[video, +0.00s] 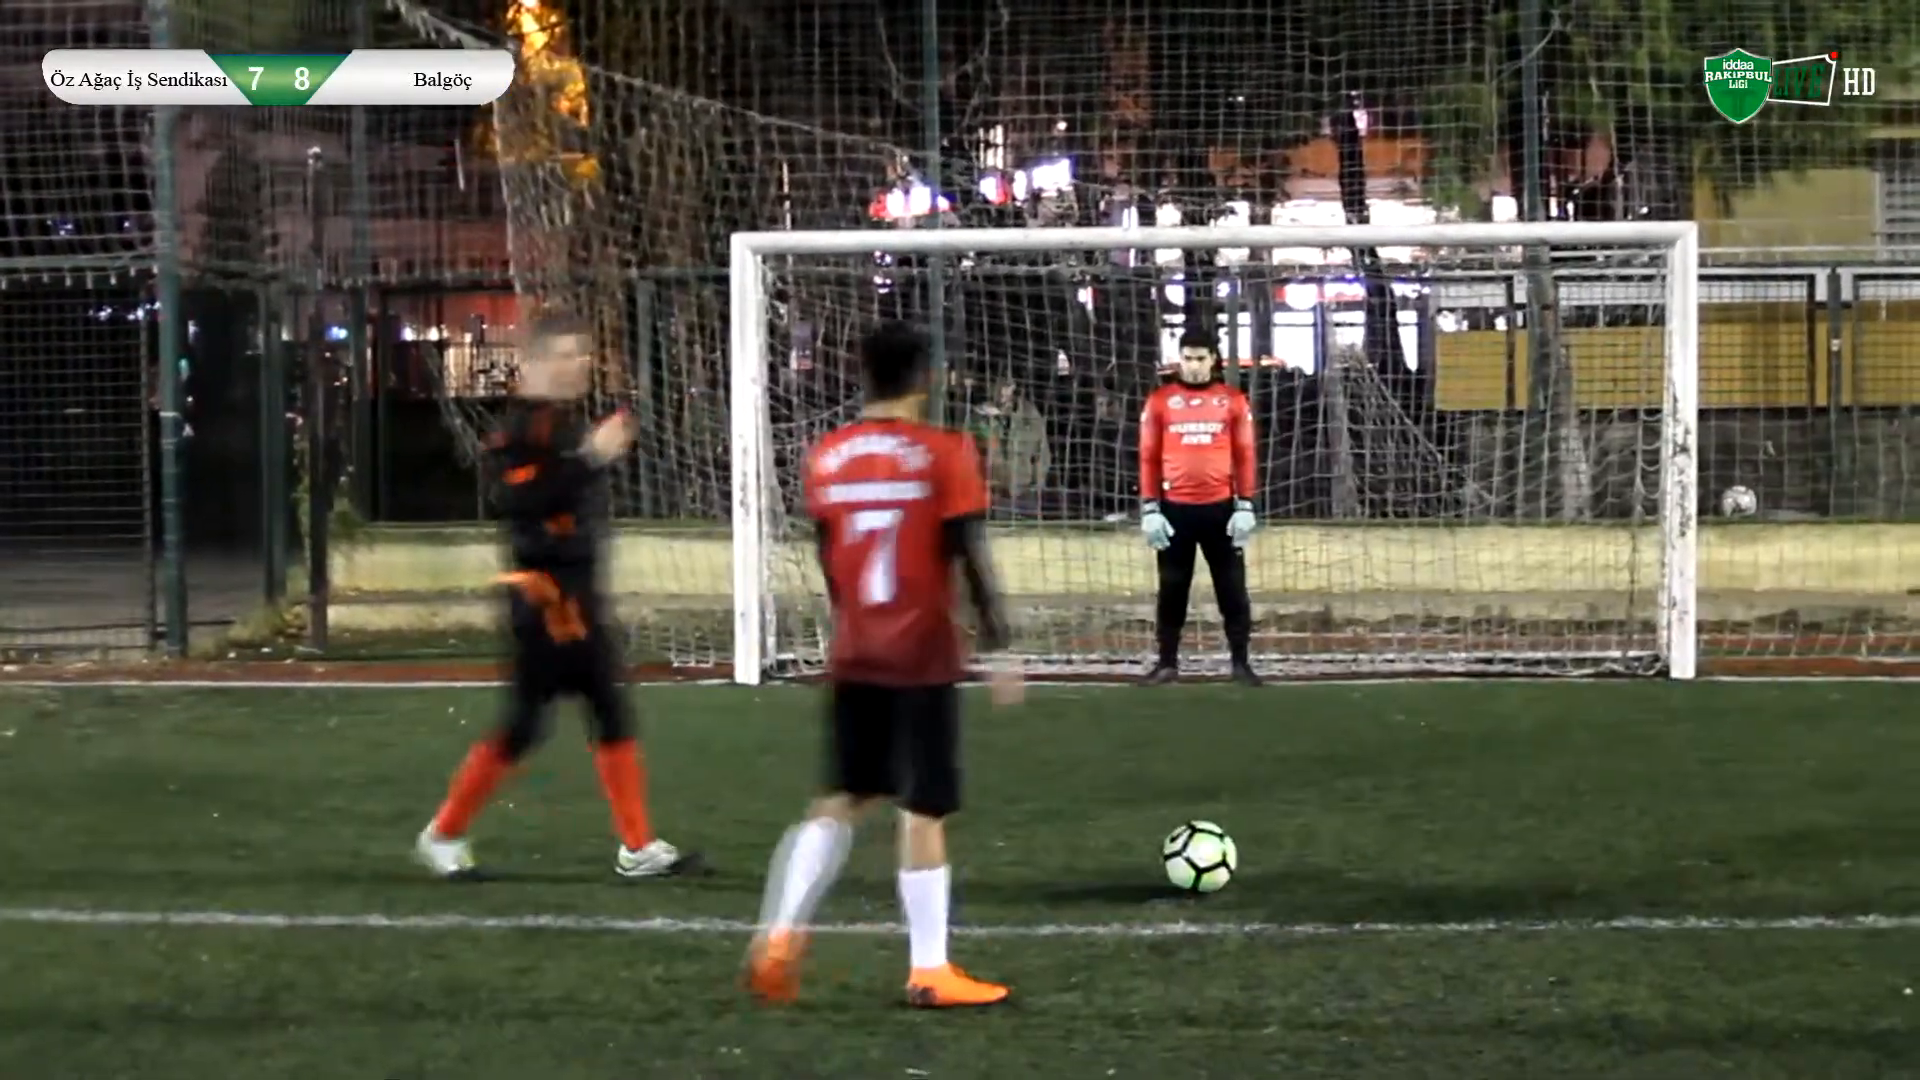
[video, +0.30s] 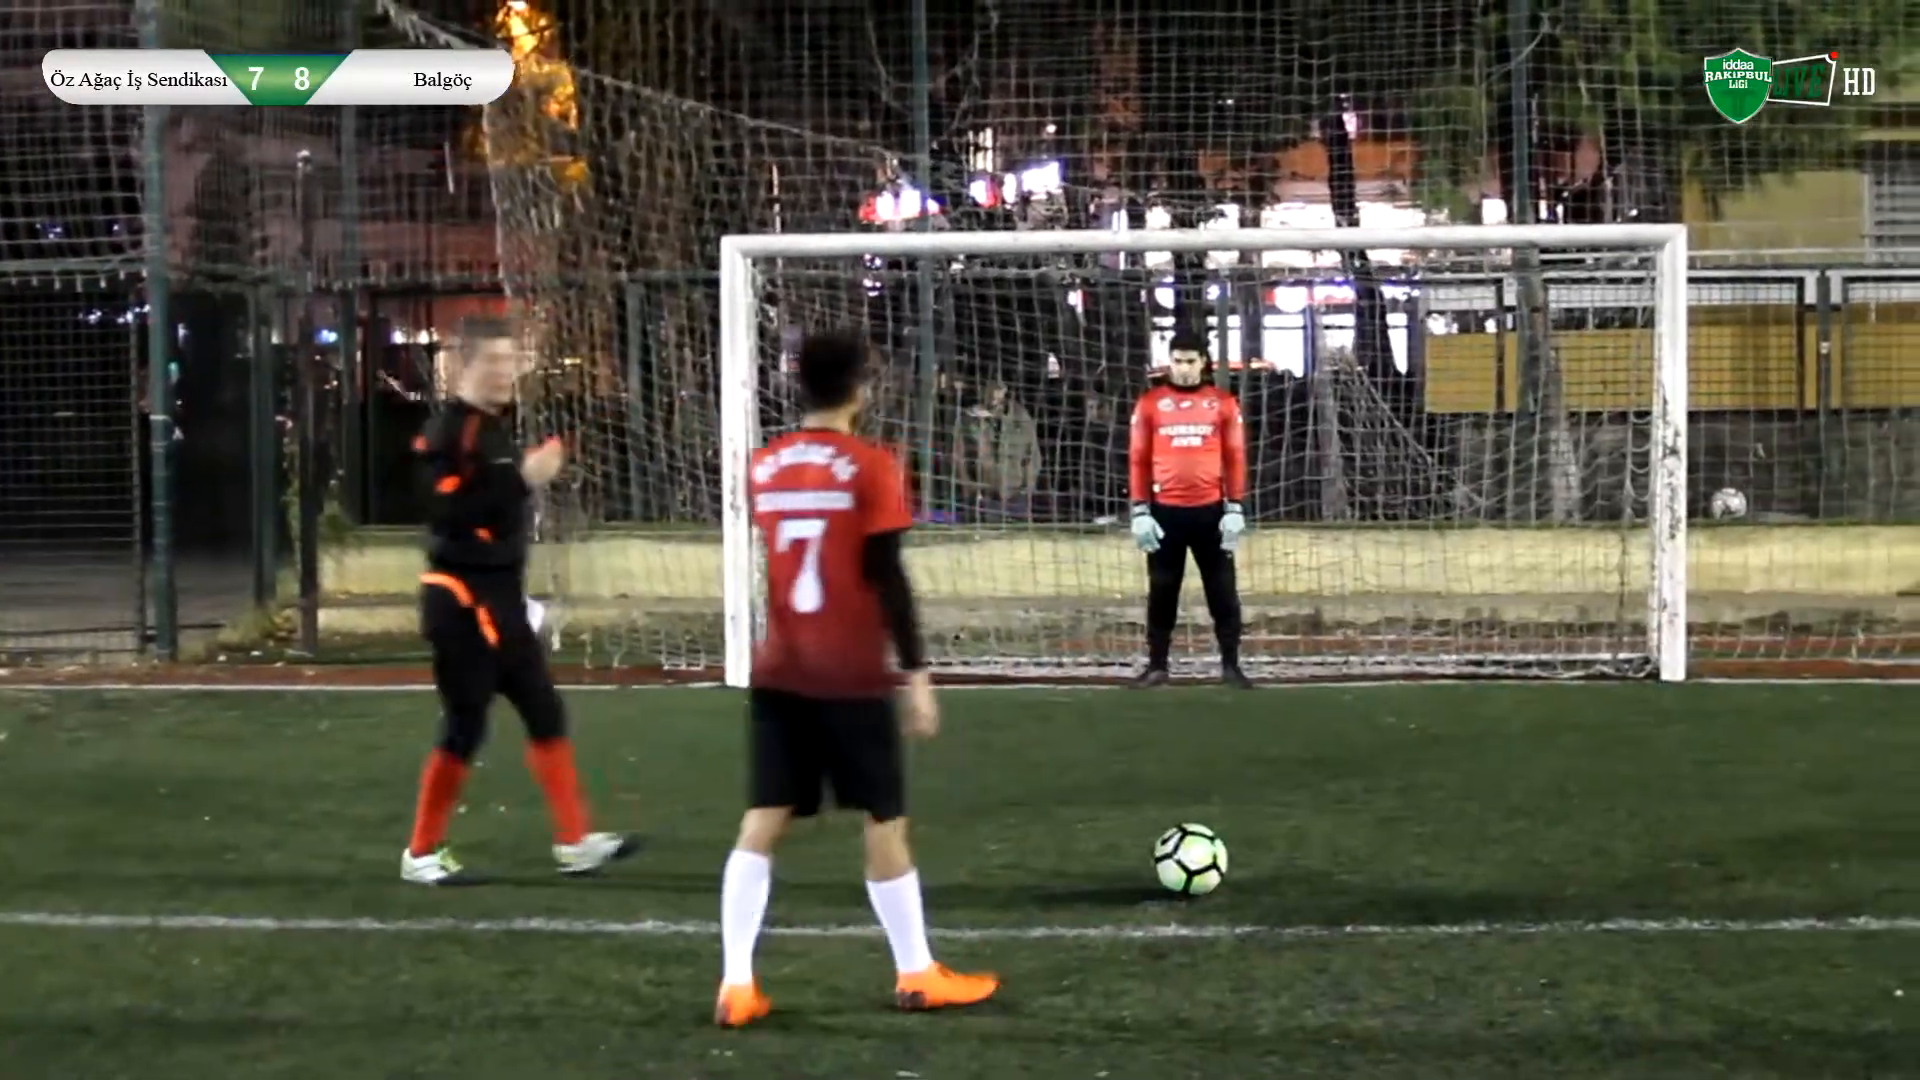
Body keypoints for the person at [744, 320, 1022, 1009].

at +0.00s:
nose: (932, 382)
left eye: (925, 371)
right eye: (930, 373)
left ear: (864, 378)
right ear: (923, 379)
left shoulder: (827, 453)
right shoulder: (946, 450)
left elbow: (826, 551)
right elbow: (972, 553)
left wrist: (852, 618)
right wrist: (999, 644)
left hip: (853, 660)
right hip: (923, 662)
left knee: (847, 793)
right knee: (925, 810)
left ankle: (778, 933)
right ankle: (930, 966)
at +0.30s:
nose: (872, 392)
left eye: (868, 381)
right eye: (871, 383)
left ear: (804, 387)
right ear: (859, 389)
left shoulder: (764, 464)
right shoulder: (872, 463)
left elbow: (782, 552)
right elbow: (885, 570)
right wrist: (917, 670)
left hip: (778, 674)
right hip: (855, 676)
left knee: (765, 814)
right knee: (885, 817)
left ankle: (736, 981)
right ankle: (917, 969)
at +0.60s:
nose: (838, 390)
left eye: (836, 379)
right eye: (837, 381)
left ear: (771, 383)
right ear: (824, 386)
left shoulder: (724, 460)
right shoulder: (835, 461)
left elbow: (724, 555)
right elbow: (836, 574)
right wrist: (851, 674)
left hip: (737, 676)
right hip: (809, 675)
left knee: (740, 817)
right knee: (851, 810)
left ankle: (734, 983)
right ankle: (856, 971)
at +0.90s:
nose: (813, 384)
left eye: (808, 373)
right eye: (811, 375)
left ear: (741, 382)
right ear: (802, 383)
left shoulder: (701, 463)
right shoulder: (815, 463)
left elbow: (686, 575)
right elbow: (820, 572)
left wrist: (682, 660)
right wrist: (840, 674)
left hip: (716, 673)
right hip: (789, 676)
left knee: (725, 820)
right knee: (803, 822)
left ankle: (730, 983)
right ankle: (751, 976)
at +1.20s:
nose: (804, 386)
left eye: (797, 375)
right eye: (802, 377)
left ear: (734, 386)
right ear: (794, 386)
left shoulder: (693, 462)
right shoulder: (810, 463)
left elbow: (639, 559)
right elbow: (829, 572)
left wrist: (603, 647)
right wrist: (857, 672)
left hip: (702, 674)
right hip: (770, 676)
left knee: (728, 830)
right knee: (748, 837)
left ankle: (733, 987)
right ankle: (729, 1003)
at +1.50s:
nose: (799, 382)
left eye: (789, 371)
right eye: (797, 374)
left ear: (725, 386)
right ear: (788, 385)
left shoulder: (678, 462)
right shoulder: (803, 468)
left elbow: (632, 564)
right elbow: (827, 581)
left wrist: (597, 651)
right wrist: (862, 674)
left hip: (688, 676)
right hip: (756, 678)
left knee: (724, 820)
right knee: (739, 837)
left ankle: (707, 975)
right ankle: (728, 1004)